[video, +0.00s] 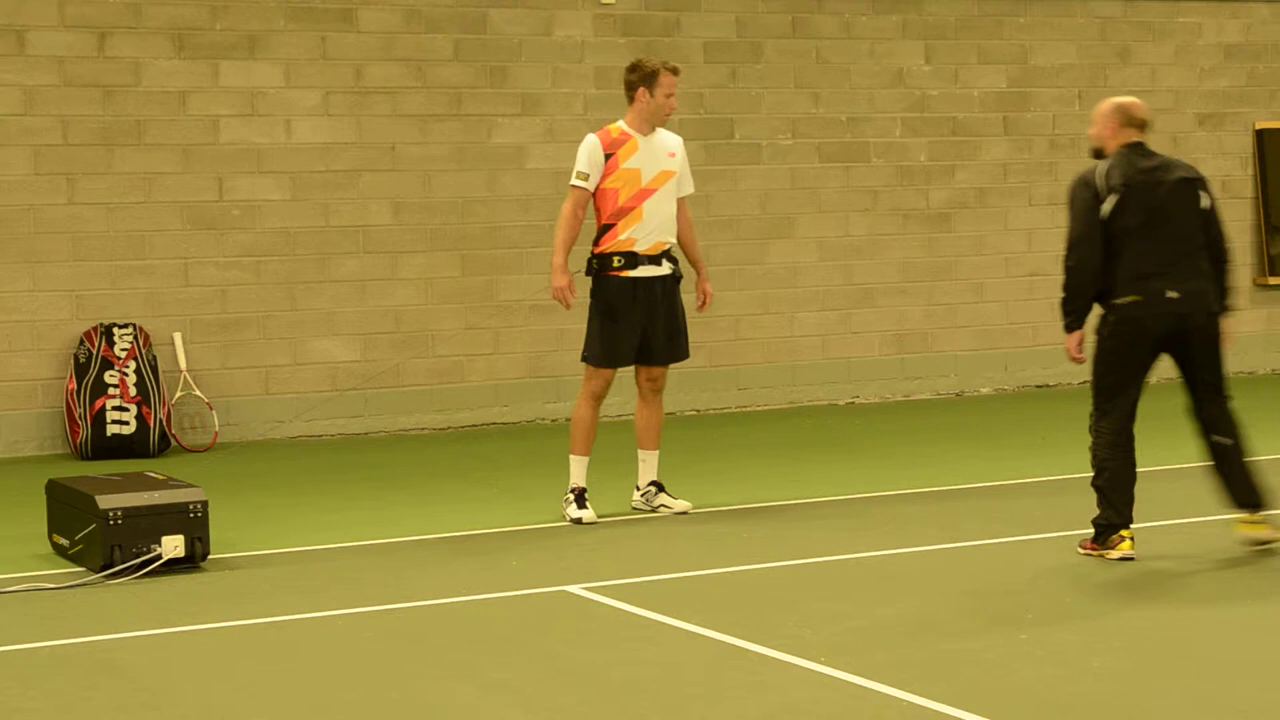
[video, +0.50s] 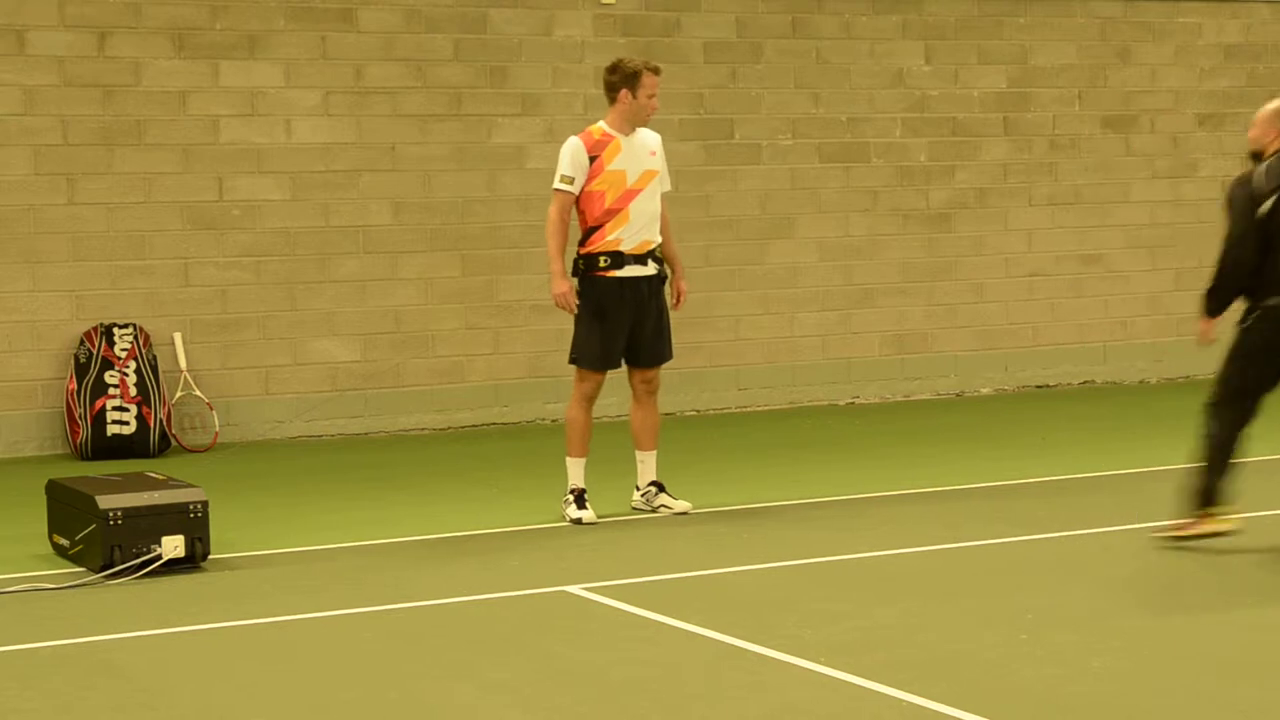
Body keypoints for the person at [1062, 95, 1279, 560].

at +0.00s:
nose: (1090, 134)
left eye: (1095, 125)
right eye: (1092, 124)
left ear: (1116, 128)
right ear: (1137, 129)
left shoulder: (1094, 181)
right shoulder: (1187, 175)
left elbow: (1084, 255)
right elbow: (1216, 247)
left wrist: (1074, 320)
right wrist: (1217, 306)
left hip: (1130, 317)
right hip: (1195, 313)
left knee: (1111, 419)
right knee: (1214, 409)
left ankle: (1114, 531)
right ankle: (1253, 510)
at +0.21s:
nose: (1138, 146)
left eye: (1145, 138)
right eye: (1141, 137)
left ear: (1165, 144)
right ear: (1186, 146)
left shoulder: (1140, 196)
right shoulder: (1229, 195)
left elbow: (1119, 265)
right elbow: (1267, 256)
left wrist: (1103, 324)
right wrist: (1277, 289)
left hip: (1168, 331)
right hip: (1232, 331)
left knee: (1129, 422)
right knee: (1266, 421)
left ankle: (1116, 529)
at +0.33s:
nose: (1189, 153)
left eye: (1197, 144)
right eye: (1193, 144)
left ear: (1219, 150)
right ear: (1235, 151)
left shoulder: (1193, 199)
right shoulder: (1270, 194)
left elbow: (1172, 270)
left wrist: (1147, 325)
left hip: (1216, 330)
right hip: (1270, 329)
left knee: (1167, 419)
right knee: (1275, 420)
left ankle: (1123, 521)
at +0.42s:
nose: (1224, 148)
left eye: (1232, 140)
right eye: (1228, 140)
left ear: (1254, 146)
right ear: (1266, 146)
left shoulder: (1230, 193)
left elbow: (1211, 264)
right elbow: (1212, 265)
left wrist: (1180, 321)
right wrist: (1184, 319)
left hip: (1252, 322)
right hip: (1274, 322)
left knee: (1198, 413)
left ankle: (1143, 507)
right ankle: (1145, 505)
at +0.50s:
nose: (1249, 132)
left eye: (1255, 124)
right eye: (1252, 124)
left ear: (1273, 131)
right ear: (1276, 131)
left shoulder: (1257, 184)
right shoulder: (1264, 181)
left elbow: (1242, 253)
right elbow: (1244, 253)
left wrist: (1211, 305)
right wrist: (1216, 303)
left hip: (1270, 316)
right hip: (1271, 315)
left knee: (1229, 404)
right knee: (1230, 404)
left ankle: (1206, 507)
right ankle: (1206, 505)